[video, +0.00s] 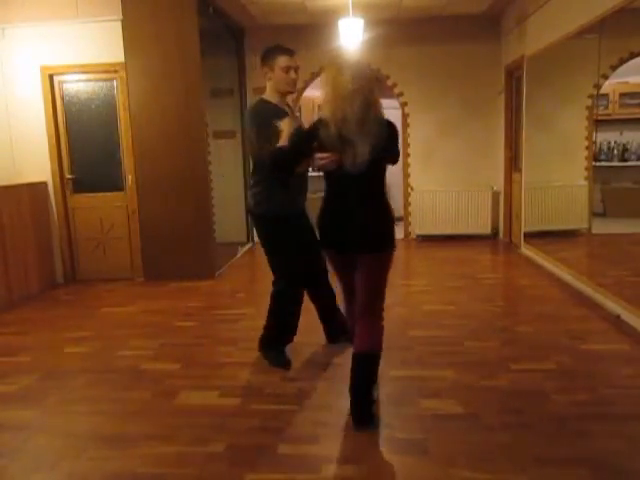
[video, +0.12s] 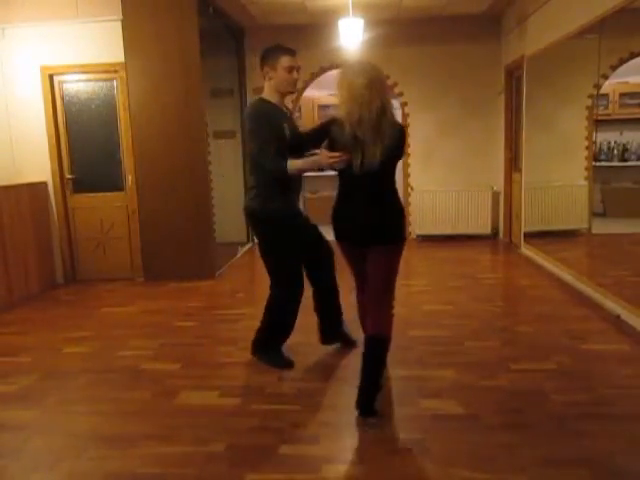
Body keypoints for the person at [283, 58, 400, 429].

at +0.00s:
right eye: (369, 84)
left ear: (333, 92)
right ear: (374, 92)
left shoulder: (322, 128)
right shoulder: (384, 130)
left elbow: (286, 162)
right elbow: (391, 156)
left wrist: (282, 143)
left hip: (334, 223)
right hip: (374, 223)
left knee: (352, 302)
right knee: (370, 310)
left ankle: (363, 391)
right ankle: (362, 405)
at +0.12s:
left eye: (345, 85)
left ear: (346, 91)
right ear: (382, 91)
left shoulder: (337, 127)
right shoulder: (394, 132)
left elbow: (297, 144)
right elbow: (394, 150)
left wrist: (294, 111)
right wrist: (398, 105)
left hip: (348, 217)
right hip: (386, 217)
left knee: (363, 288)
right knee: (381, 299)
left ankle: (376, 364)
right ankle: (366, 396)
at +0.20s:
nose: (346, 101)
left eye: (347, 94)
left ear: (349, 97)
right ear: (385, 96)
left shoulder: (342, 130)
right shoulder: (399, 133)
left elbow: (295, 141)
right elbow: (398, 144)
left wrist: (299, 95)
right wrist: (398, 110)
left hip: (352, 218)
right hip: (390, 217)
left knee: (366, 287)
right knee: (388, 290)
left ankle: (376, 363)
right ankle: (381, 369)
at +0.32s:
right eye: (392, 91)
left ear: (358, 98)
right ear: (391, 96)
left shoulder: (351, 133)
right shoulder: (403, 130)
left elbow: (323, 156)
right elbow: (422, 149)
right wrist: (400, 122)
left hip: (360, 214)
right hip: (396, 212)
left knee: (369, 280)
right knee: (399, 275)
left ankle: (377, 354)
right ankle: (398, 338)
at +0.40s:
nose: (401, 97)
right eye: (397, 92)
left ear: (360, 100)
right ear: (394, 98)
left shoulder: (354, 133)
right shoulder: (405, 131)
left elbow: (341, 160)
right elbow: (431, 151)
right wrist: (424, 158)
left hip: (364, 213)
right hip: (400, 213)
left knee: (372, 281)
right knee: (407, 270)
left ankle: (379, 353)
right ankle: (404, 330)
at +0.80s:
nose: (410, 106)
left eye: (409, 101)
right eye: (408, 101)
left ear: (381, 104)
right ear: (402, 104)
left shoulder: (377, 134)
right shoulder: (404, 135)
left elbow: (380, 178)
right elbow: (415, 173)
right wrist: (426, 199)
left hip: (389, 205)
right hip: (410, 206)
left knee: (406, 253)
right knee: (419, 260)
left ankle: (395, 300)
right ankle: (409, 318)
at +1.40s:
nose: (399, 105)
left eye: (404, 101)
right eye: (395, 101)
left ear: (411, 104)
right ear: (389, 105)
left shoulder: (415, 133)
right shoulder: (380, 134)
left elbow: (418, 167)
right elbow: (366, 169)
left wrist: (425, 193)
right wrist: (370, 201)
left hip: (413, 195)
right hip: (388, 195)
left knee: (402, 249)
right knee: (401, 251)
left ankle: (391, 294)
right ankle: (414, 312)